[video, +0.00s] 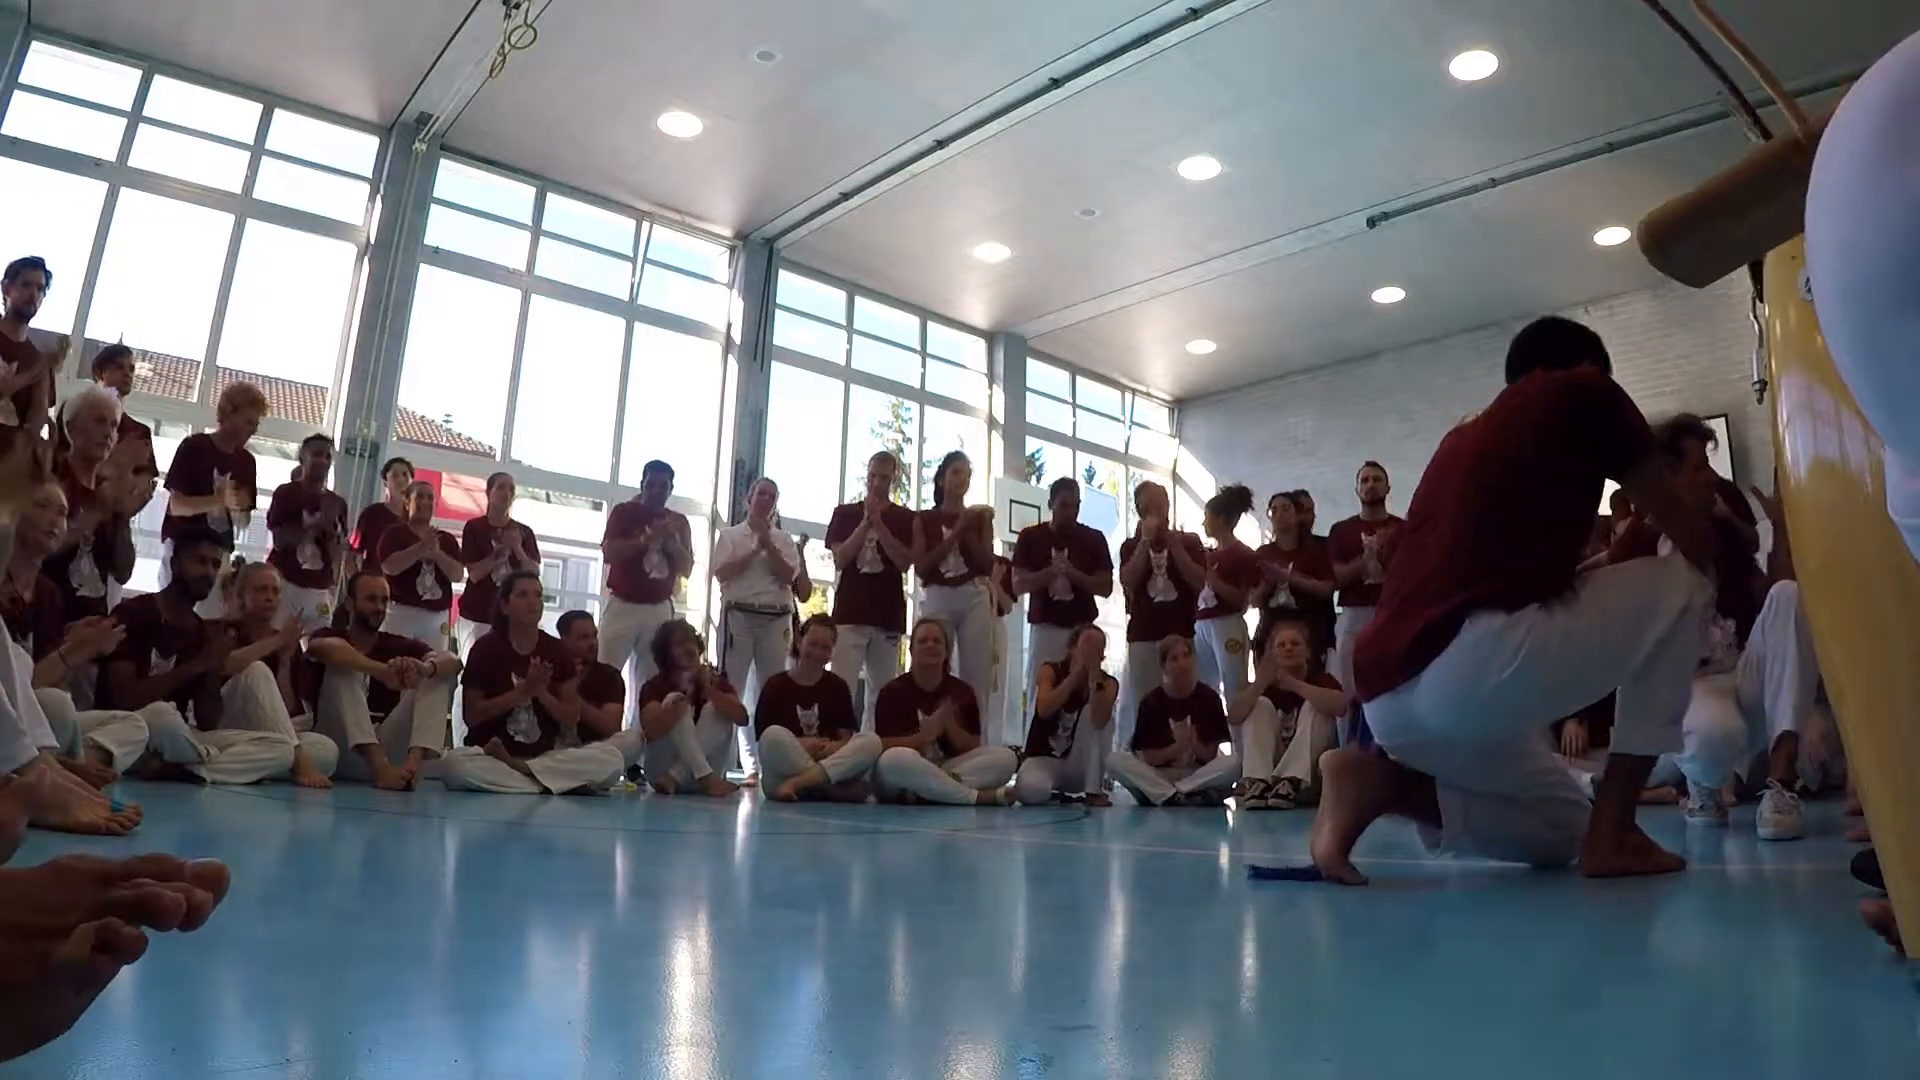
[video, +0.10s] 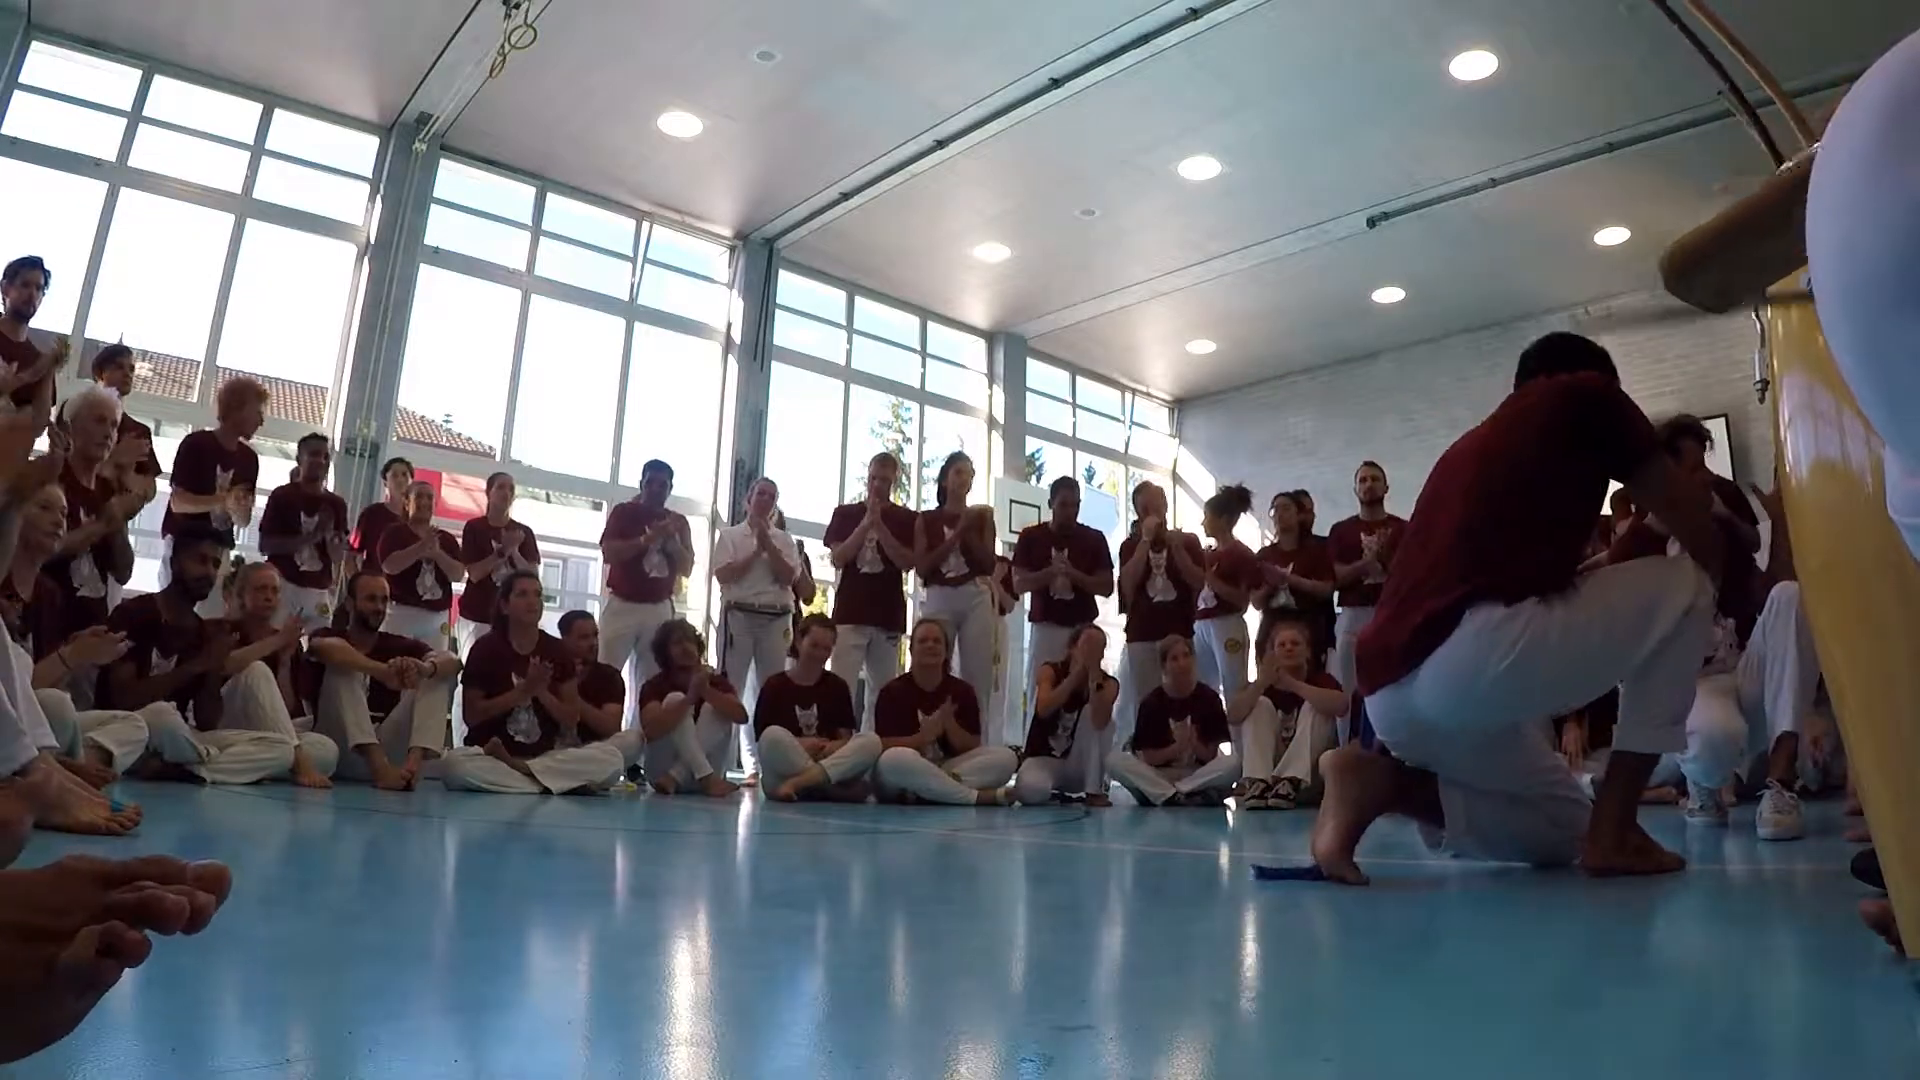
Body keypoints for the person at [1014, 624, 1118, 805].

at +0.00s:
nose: (1089, 653)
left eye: (1096, 647)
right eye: (1085, 646)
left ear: (1102, 653)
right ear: (1072, 648)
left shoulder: (1107, 683)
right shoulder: (1050, 670)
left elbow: (1099, 719)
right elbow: (1044, 709)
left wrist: (1094, 670)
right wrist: (1075, 674)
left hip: (1080, 762)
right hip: (1043, 760)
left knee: (1094, 711)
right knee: (1031, 792)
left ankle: (1094, 790)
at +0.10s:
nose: (1090, 652)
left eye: (1097, 646)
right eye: (1085, 645)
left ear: (1103, 651)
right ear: (1072, 647)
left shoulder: (1108, 683)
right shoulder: (1050, 670)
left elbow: (1100, 719)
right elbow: (1043, 708)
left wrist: (1094, 669)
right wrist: (1076, 673)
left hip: (1080, 762)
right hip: (1043, 761)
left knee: (1093, 711)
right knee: (1031, 792)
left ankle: (1094, 790)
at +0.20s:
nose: (1089, 654)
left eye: (1097, 648)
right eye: (1085, 646)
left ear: (1103, 652)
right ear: (1072, 647)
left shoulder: (1107, 682)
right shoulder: (1050, 670)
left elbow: (1101, 721)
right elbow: (1042, 708)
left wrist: (1094, 671)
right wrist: (1073, 672)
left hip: (1080, 763)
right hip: (1043, 761)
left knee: (1093, 710)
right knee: (1031, 793)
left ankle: (1094, 790)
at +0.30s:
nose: (1091, 649)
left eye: (1098, 645)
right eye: (1086, 642)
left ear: (1104, 654)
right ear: (1070, 647)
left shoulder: (1108, 683)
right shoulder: (1050, 669)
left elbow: (1101, 720)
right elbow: (1042, 708)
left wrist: (1096, 671)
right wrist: (1068, 669)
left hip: (1080, 763)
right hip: (1043, 761)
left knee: (1094, 710)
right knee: (1031, 792)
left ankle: (1094, 790)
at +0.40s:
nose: (1095, 651)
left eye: (1100, 646)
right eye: (1089, 645)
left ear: (1104, 650)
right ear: (1074, 645)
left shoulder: (1108, 682)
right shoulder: (1050, 669)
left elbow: (1099, 719)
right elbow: (1042, 707)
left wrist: (1093, 668)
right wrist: (1074, 664)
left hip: (1080, 763)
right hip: (1043, 761)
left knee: (1093, 711)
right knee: (1031, 793)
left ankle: (1094, 790)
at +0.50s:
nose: (1094, 652)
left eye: (1101, 646)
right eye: (1088, 645)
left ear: (1105, 650)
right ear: (1074, 645)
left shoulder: (1107, 682)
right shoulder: (1050, 669)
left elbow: (1099, 718)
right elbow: (1042, 706)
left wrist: (1092, 670)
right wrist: (1074, 667)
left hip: (1079, 763)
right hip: (1042, 761)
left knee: (1094, 712)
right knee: (1031, 793)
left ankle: (1094, 790)